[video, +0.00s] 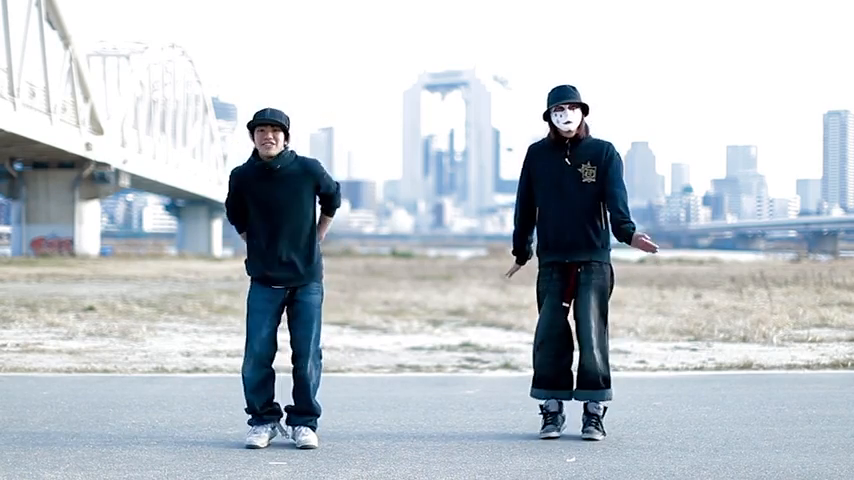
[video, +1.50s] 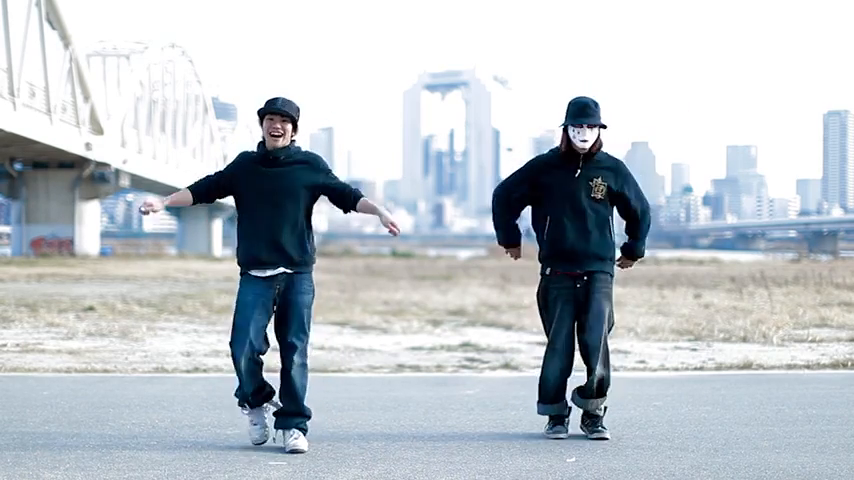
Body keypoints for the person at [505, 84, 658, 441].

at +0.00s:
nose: (565, 115)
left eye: (570, 108)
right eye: (558, 110)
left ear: (582, 112)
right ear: (549, 116)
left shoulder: (603, 152)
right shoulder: (536, 154)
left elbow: (616, 198)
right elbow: (525, 204)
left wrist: (629, 232)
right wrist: (521, 249)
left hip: (592, 256)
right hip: (551, 256)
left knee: (590, 331)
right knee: (548, 330)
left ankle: (593, 411)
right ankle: (551, 409)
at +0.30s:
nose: (570, 121)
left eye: (577, 115)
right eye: (564, 115)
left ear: (585, 123)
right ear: (554, 120)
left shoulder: (599, 165)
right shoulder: (537, 163)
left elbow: (608, 221)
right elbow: (530, 210)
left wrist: (608, 272)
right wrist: (535, 251)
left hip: (592, 249)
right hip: (553, 255)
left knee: (586, 287)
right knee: (553, 334)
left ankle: (588, 353)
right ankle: (554, 412)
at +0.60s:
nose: (573, 120)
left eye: (579, 115)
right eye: (567, 114)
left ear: (589, 121)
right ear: (556, 120)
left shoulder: (604, 166)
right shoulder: (539, 163)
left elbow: (607, 218)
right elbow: (529, 212)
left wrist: (599, 255)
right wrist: (530, 257)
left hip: (592, 264)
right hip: (549, 264)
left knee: (596, 340)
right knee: (548, 342)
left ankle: (588, 408)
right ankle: (548, 415)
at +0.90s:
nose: (575, 117)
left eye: (581, 112)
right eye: (569, 112)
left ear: (591, 118)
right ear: (559, 118)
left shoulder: (604, 155)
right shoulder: (541, 161)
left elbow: (628, 183)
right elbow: (527, 204)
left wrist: (650, 210)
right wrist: (515, 237)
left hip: (598, 253)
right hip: (560, 252)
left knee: (593, 330)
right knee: (589, 291)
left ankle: (585, 408)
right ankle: (567, 356)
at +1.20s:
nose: (574, 140)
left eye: (581, 134)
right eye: (569, 133)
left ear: (591, 133)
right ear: (559, 131)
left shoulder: (608, 166)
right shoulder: (543, 166)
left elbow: (649, 175)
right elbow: (503, 183)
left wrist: (630, 136)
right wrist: (534, 149)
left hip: (594, 265)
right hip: (552, 267)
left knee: (596, 326)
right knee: (555, 339)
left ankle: (586, 381)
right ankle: (554, 414)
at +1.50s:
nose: (583, 133)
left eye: (590, 127)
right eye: (577, 126)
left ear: (599, 130)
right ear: (566, 129)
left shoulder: (612, 169)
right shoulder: (543, 167)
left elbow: (639, 212)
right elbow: (503, 195)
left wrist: (633, 249)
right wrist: (509, 237)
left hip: (598, 268)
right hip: (557, 269)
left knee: (594, 341)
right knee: (559, 343)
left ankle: (593, 411)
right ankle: (556, 414)